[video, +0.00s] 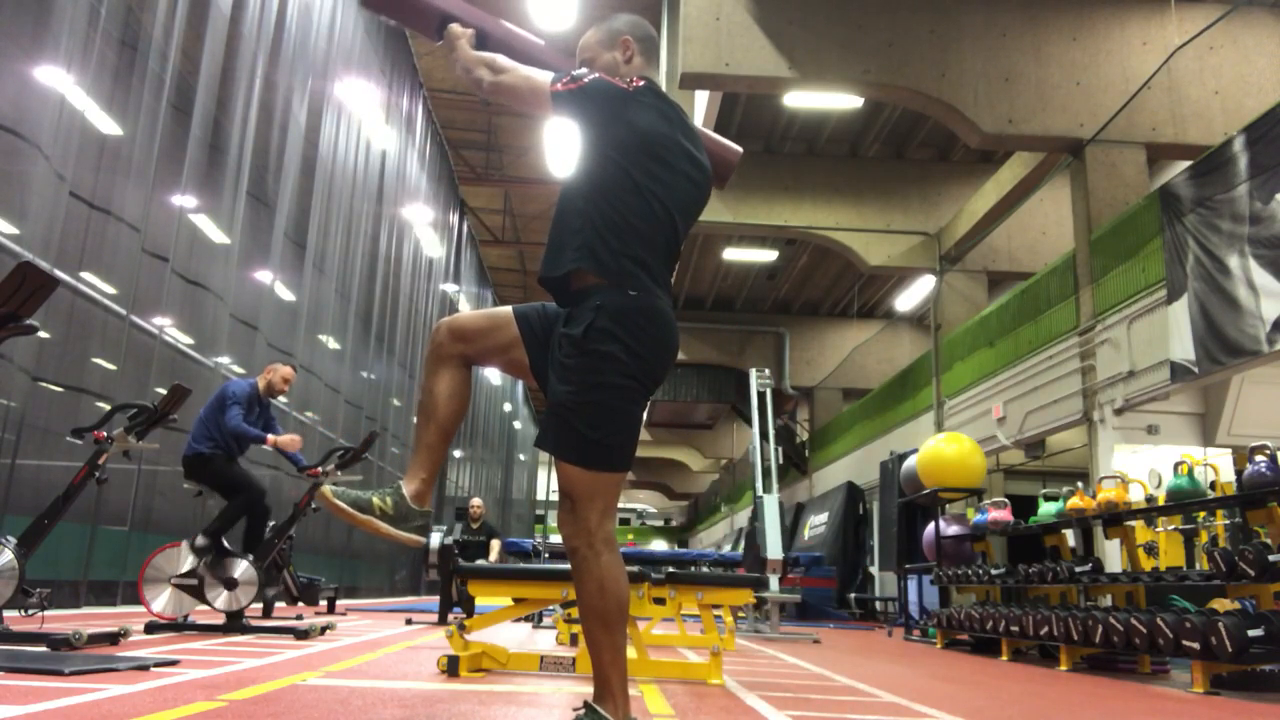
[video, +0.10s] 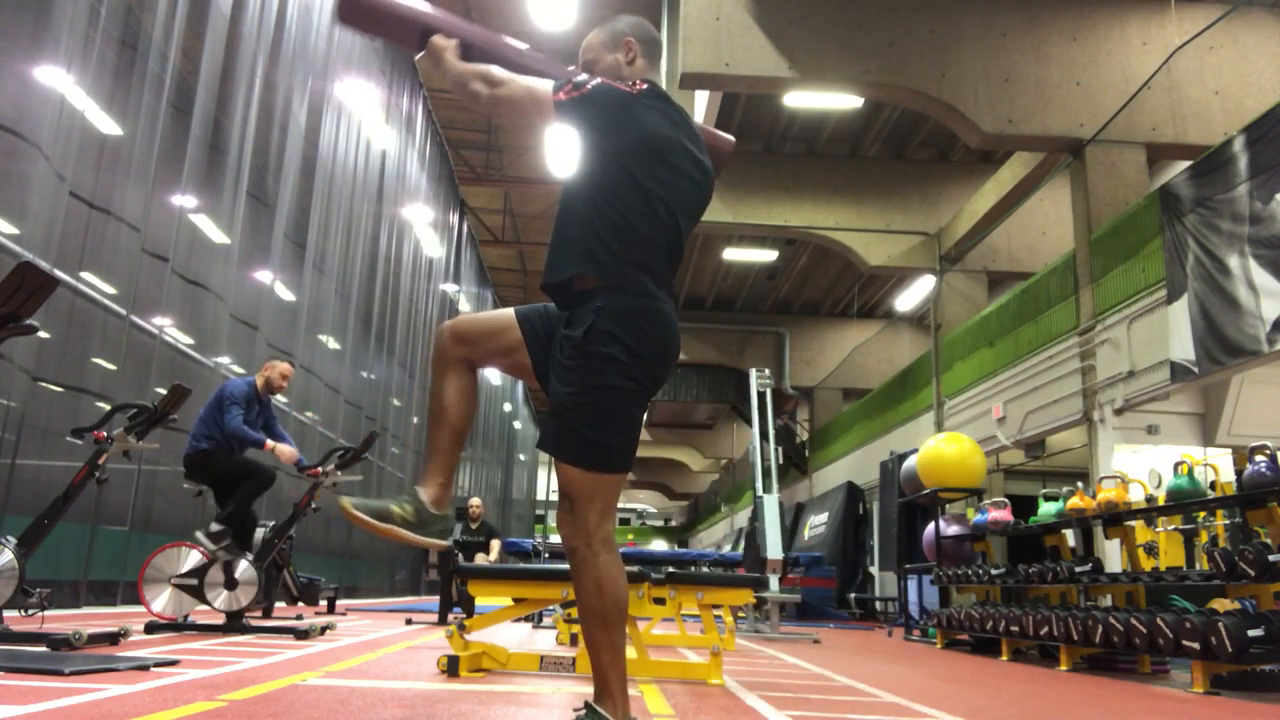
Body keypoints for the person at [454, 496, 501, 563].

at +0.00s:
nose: (475, 510)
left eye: (478, 507)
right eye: (472, 507)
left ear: (483, 510)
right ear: (468, 510)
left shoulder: (489, 528)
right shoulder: (460, 527)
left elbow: (494, 548)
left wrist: (490, 561)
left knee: (480, 563)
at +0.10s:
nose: (474, 510)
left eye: (477, 507)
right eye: (471, 507)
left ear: (482, 510)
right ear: (467, 509)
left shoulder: (488, 527)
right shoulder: (459, 527)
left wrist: (490, 560)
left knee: (480, 556)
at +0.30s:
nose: (470, 510)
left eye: (474, 506)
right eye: (467, 507)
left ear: (479, 509)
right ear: (463, 508)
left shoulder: (487, 527)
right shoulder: (457, 527)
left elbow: (496, 548)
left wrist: (490, 562)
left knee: (482, 547)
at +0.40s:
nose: (469, 509)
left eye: (472, 506)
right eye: (465, 506)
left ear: (478, 508)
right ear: (461, 508)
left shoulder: (486, 527)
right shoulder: (455, 528)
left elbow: (497, 548)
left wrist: (490, 562)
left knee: (482, 544)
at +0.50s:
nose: (468, 508)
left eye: (471, 505)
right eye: (465, 505)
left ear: (477, 508)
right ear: (461, 507)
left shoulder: (486, 528)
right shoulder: (454, 528)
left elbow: (496, 550)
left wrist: (487, 564)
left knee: (481, 541)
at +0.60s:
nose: (468, 506)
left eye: (471, 504)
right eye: (464, 504)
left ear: (476, 507)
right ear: (460, 507)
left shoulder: (485, 527)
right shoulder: (453, 527)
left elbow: (495, 548)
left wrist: (487, 563)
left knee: (481, 541)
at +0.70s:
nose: (467, 506)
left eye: (471, 503)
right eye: (464, 503)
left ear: (476, 507)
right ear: (460, 506)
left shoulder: (483, 526)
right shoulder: (453, 527)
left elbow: (495, 546)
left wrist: (486, 562)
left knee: (480, 540)